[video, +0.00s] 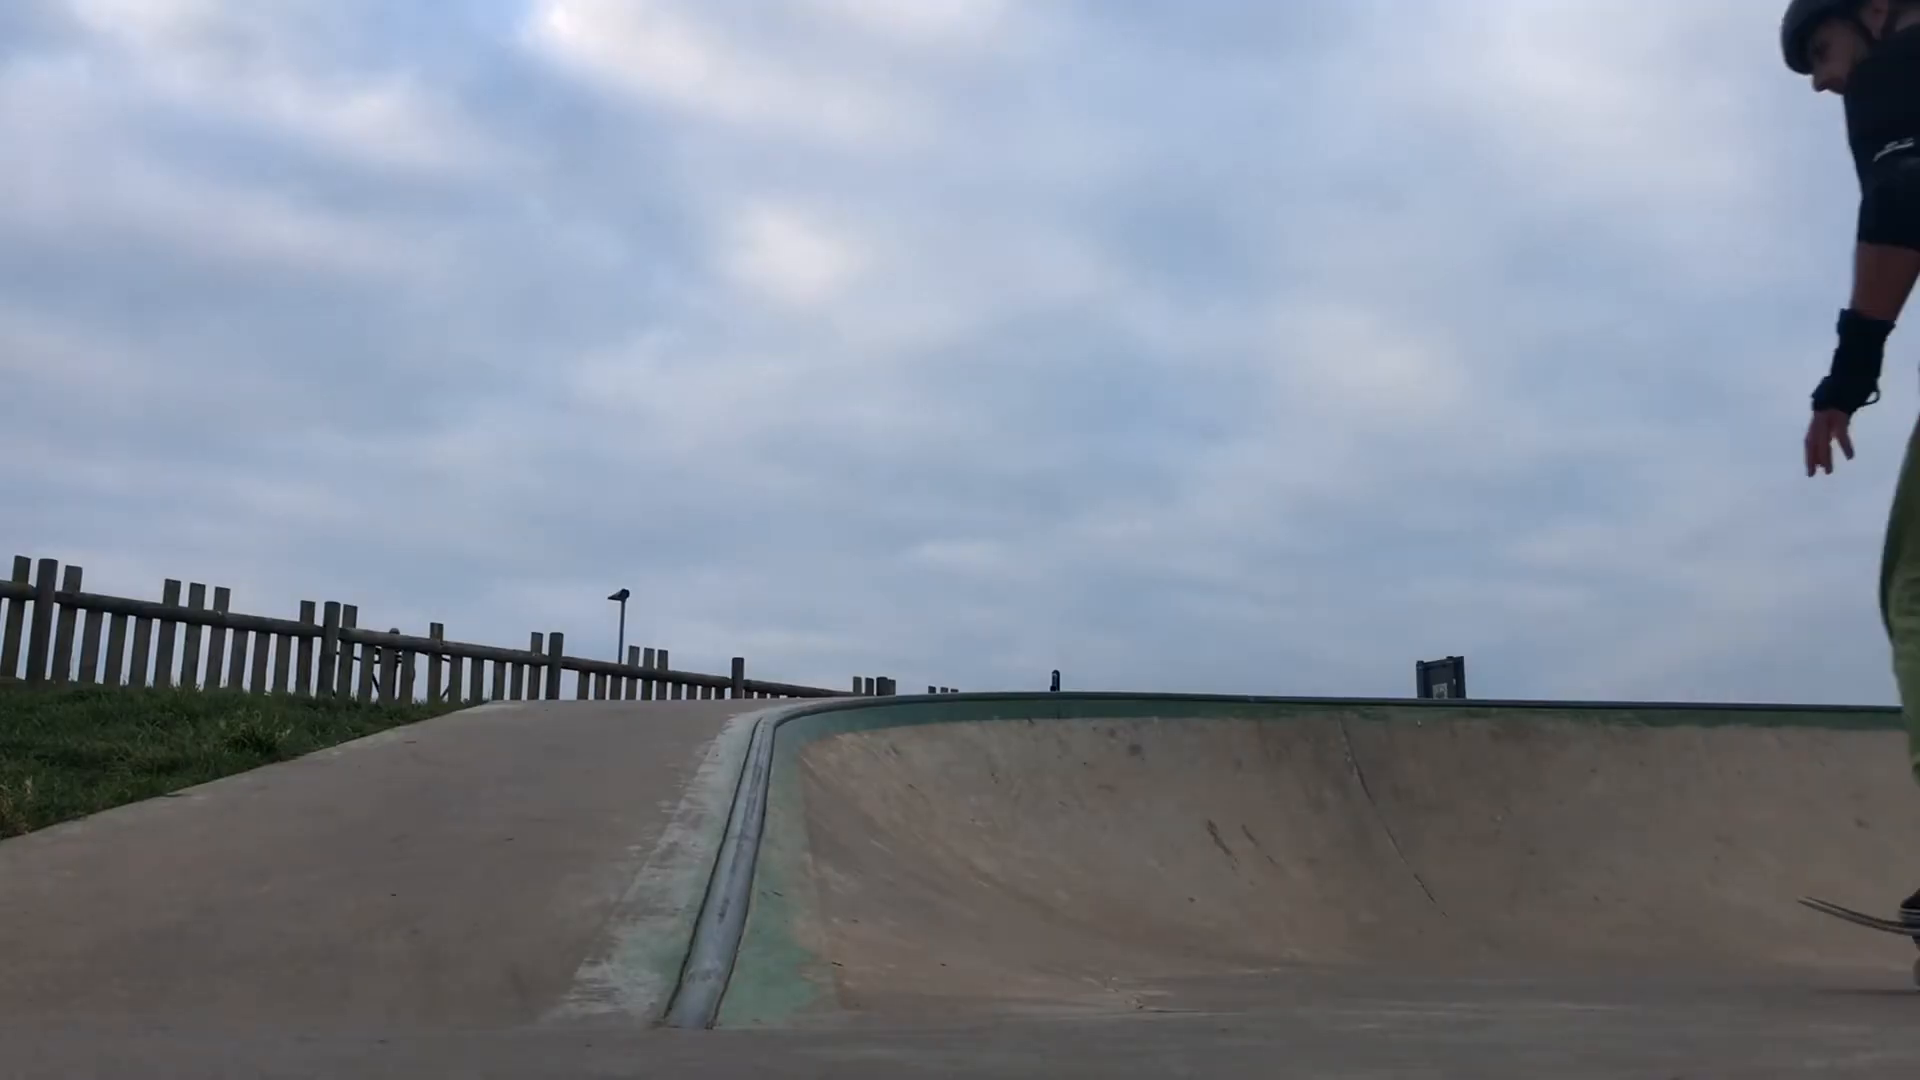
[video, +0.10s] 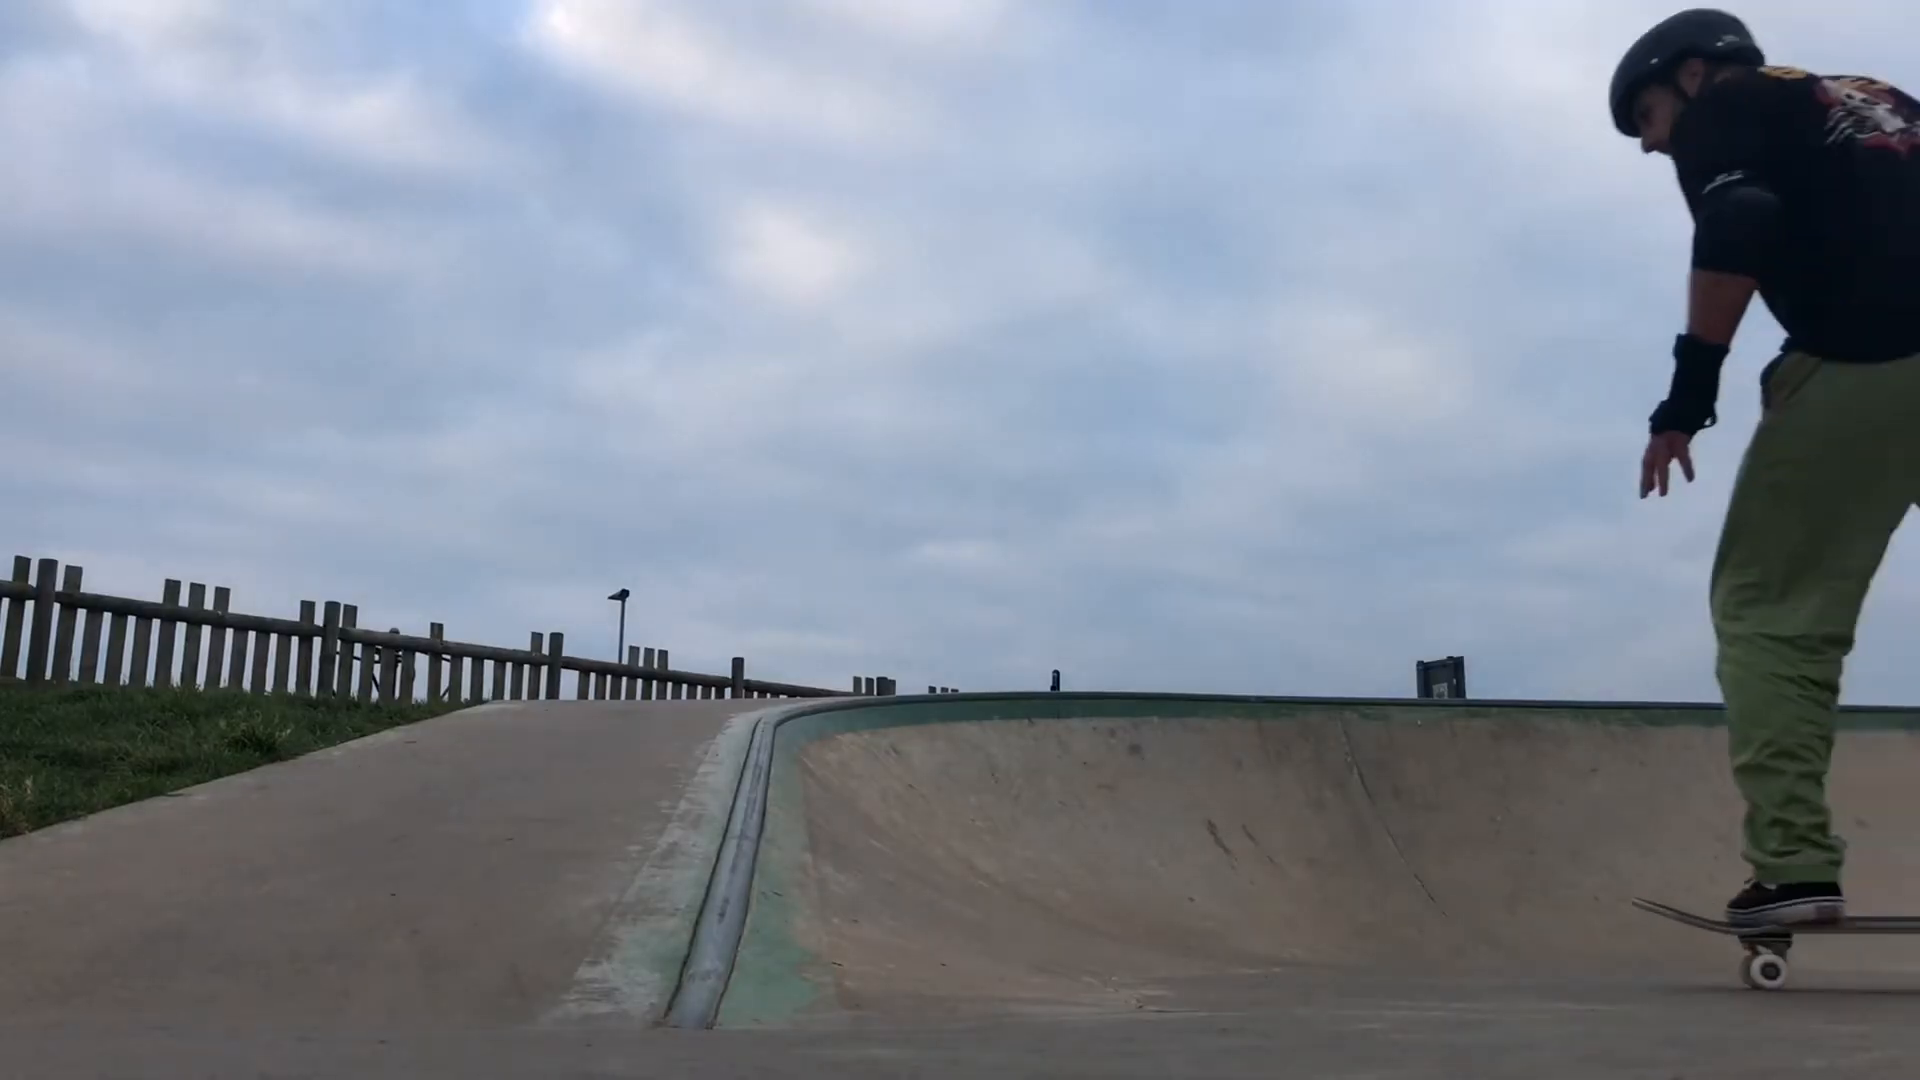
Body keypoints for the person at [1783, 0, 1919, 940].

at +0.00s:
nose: (1822, 81)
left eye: (1820, 57)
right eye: (1812, 68)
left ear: (1873, 13)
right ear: (1883, 17)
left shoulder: (1892, 73)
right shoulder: (1895, 73)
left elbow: (1898, 217)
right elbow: (1896, 225)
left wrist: (1845, 378)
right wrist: (1846, 378)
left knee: (1909, 596)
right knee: (1907, 595)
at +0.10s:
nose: (1653, 143)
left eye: (1648, 119)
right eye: (1642, 132)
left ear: (1690, 73)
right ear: (1735, 68)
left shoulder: (1725, 108)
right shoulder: (1850, 96)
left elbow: (1739, 220)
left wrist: (1685, 399)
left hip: (1869, 361)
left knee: (1773, 607)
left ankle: (1793, 866)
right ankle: (1794, 863)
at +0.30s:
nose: (1363, 265)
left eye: (1358, 241)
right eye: (1354, 252)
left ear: (1388, 198)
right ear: (1439, 187)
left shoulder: (1417, 219)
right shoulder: (1547, 211)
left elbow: (1427, 298)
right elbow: (1672, 323)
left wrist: (1369, 455)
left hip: (1573, 418)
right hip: (1707, 401)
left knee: (1451, 642)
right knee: (1672, 667)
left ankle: (1457, 873)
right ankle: (1776, 849)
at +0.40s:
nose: (1258, 283)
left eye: (1255, 263)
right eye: (1250, 274)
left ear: (1273, 224)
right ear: (1338, 205)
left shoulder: (1298, 238)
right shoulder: (1442, 244)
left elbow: (1284, 329)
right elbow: (1562, 373)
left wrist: (1215, 464)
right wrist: (1588, 533)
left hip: (1414, 447)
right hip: (1552, 438)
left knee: (1295, 648)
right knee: (1502, 678)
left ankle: (1266, 871)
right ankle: (1565, 852)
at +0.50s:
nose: (1168, 240)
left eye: (1168, 226)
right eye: (1167, 231)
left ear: (1186, 209)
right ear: (1261, 202)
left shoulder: (1191, 226)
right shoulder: (1349, 248)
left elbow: (1152, 319)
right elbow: (1455, 372)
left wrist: (1066, 445)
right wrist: (1488, 513)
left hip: (1265, 449)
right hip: (1396, 455)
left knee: (1154, 656)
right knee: (1338, 687)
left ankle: (1082, 867)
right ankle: (1360, 863)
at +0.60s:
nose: (1110, 194)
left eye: (1112, 182)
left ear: (1123, 175)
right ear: (1199, 176)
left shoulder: (1107, 206)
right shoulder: (1274, 232)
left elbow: (1015, 277)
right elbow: (1364, 336)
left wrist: (924, 378)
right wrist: (1419, 462)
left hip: (1121, 433)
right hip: (1250, 448)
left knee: (1020, 615)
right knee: (1194, 684)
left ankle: (919, 797)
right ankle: (1167, 883)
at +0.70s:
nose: (1067, 150)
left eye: (1065, 139)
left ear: (1066, 132)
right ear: (1149, 136)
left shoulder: (1037, 160)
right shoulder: (1206, 175)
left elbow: (924, 204)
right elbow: (1292, 258)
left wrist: (835, 266)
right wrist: (1339, 378)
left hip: (1022, 373)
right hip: (1142, 395)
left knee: (928, 555)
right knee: (1079, 630)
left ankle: (787, 693)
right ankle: (991, 816)